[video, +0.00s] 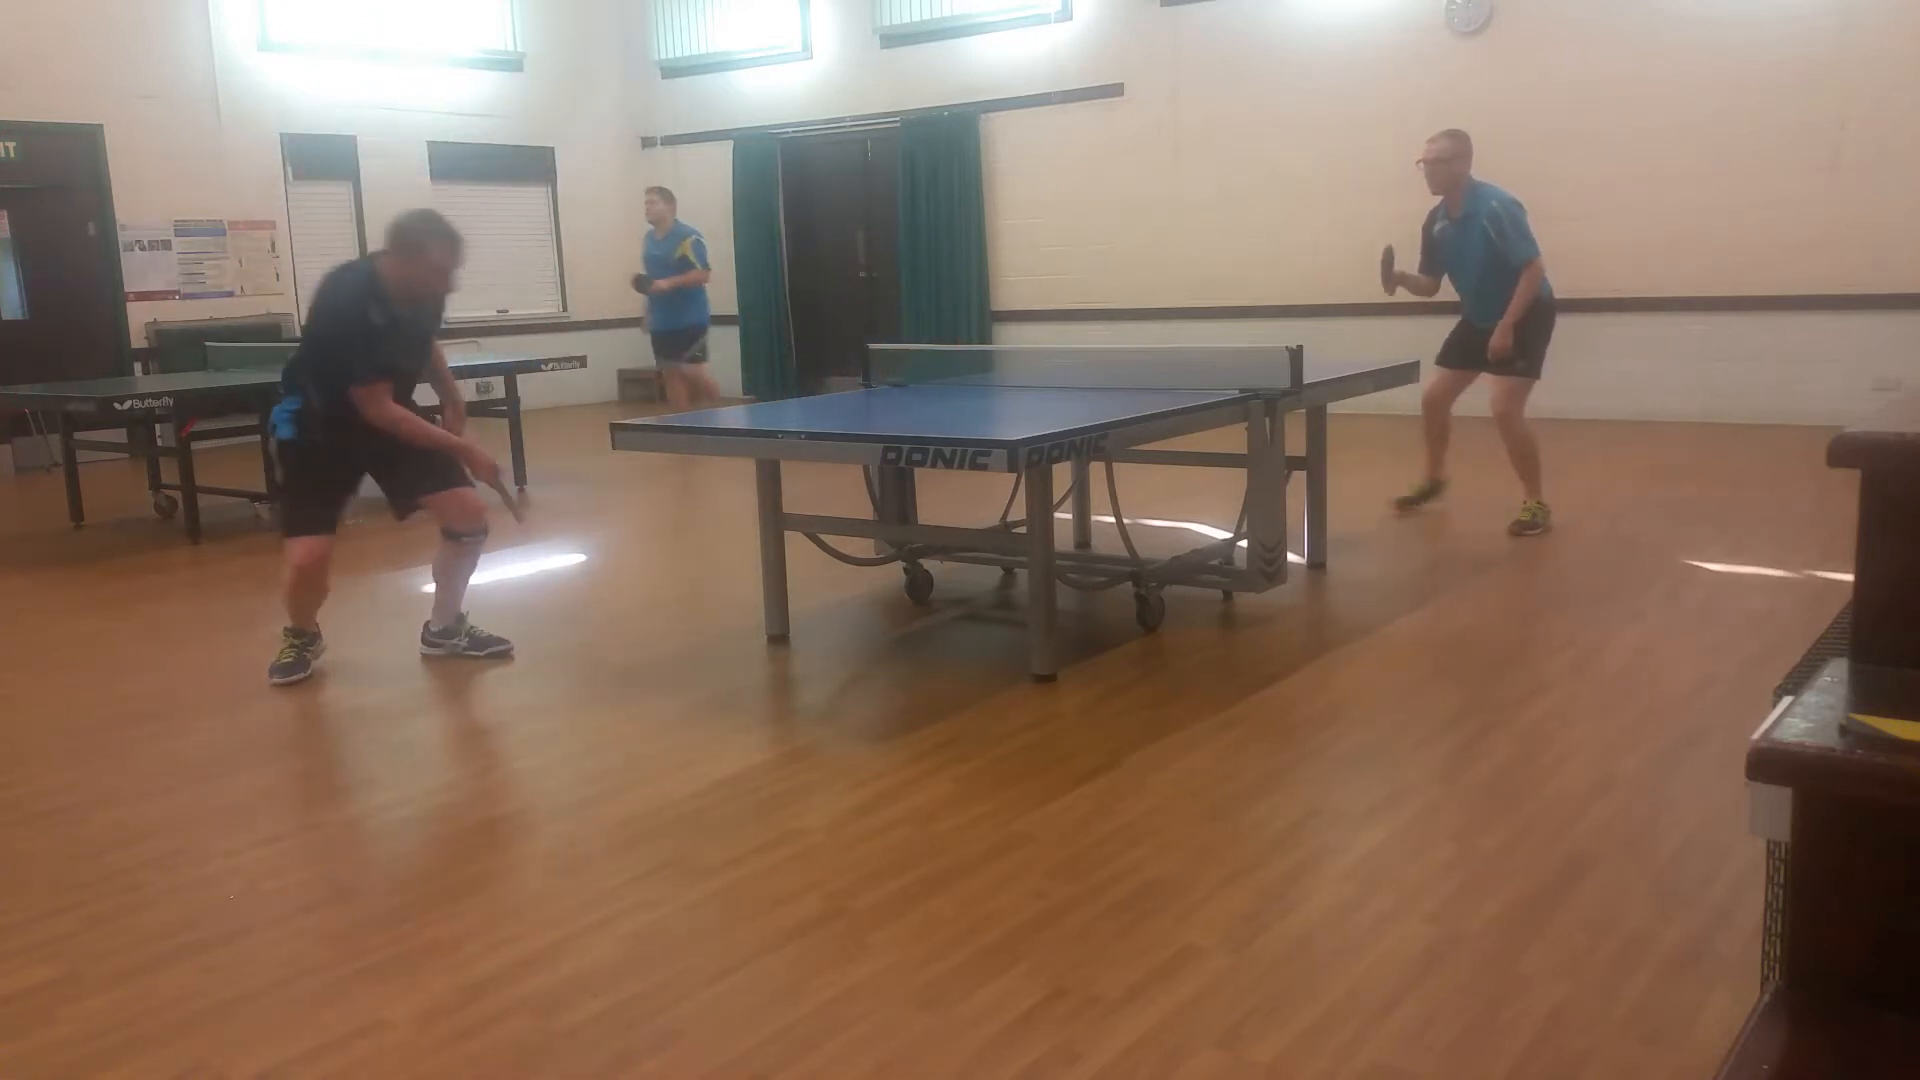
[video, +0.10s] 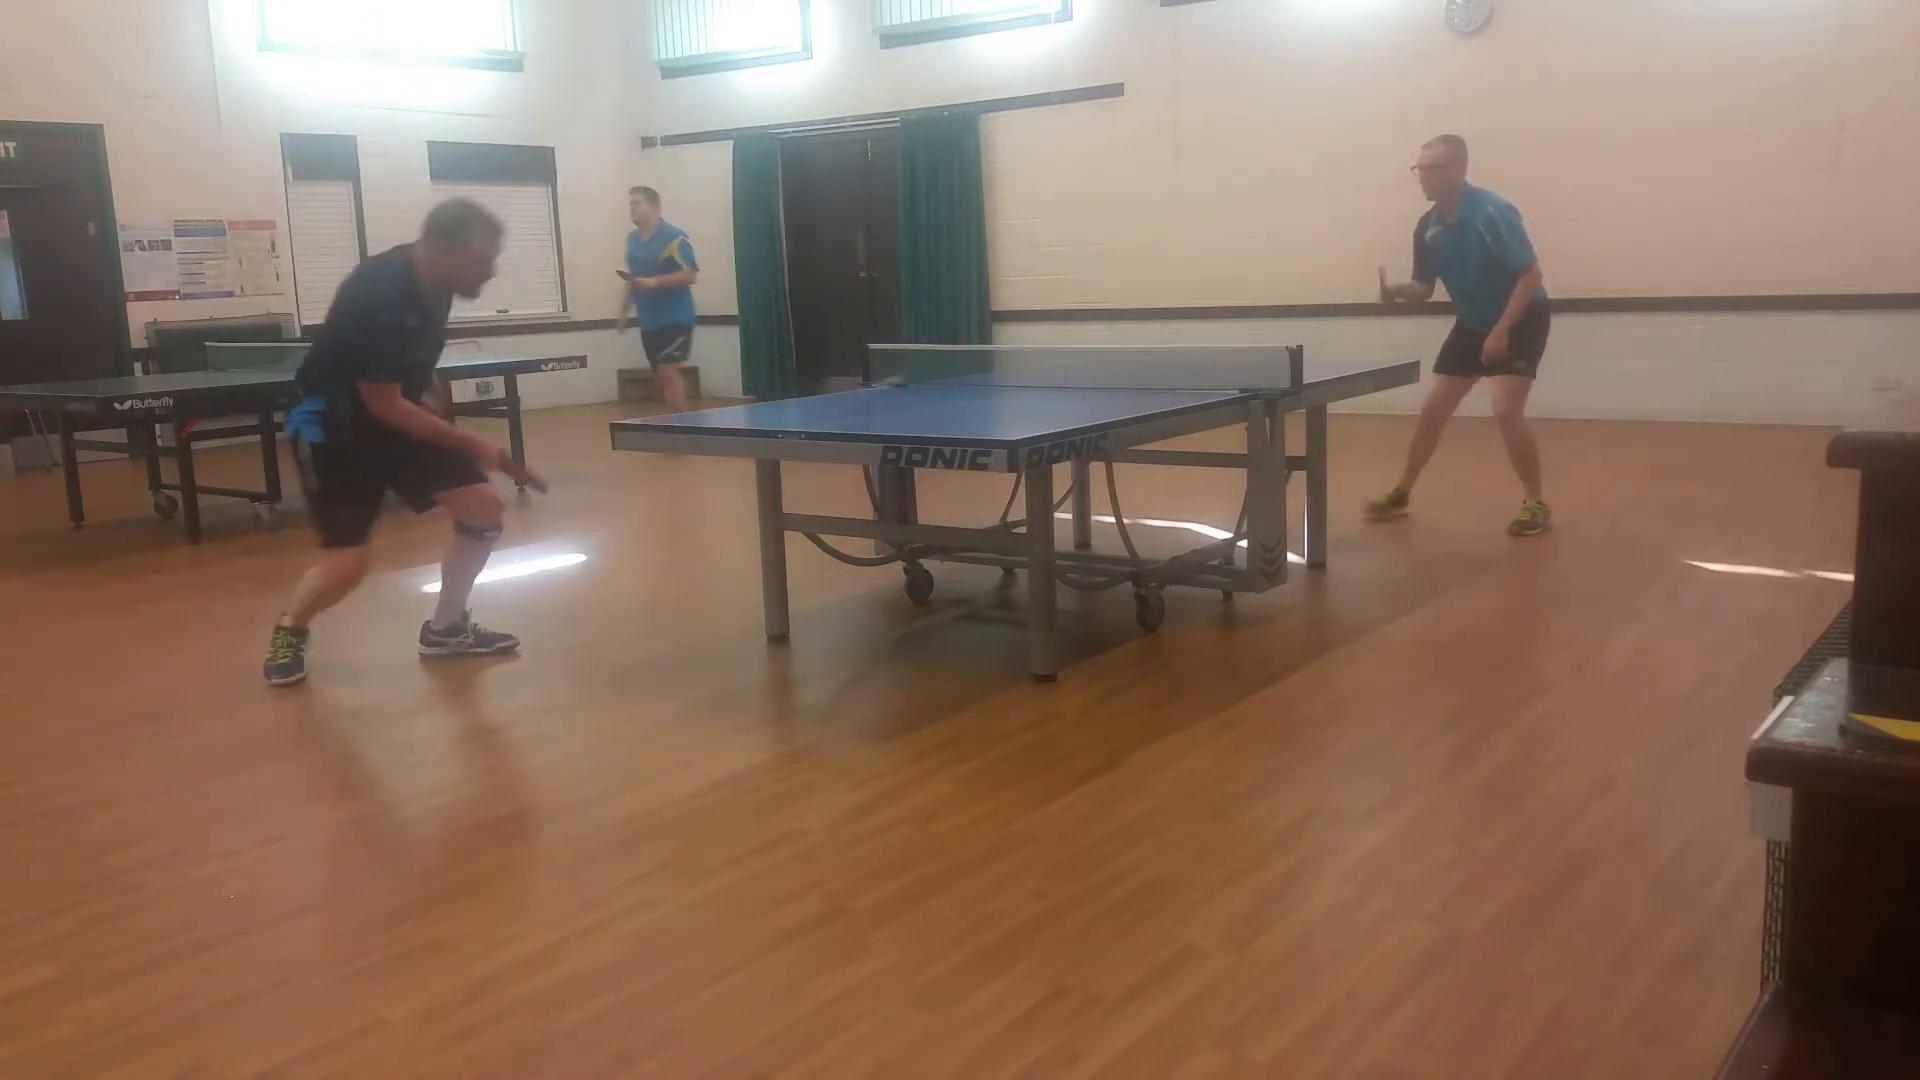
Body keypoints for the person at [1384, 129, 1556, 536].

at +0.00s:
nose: (1426, 171)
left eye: (1435, 163)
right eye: (1424, 163)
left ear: (1462, 164)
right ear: (1426, 167)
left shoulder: (1498, 206)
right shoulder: (1436, 221)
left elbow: (1534, 271)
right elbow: (1428, 286)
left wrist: (1506, 326)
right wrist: (1398, 277)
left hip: (1527, 315)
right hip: (1481, 317)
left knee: (1506, 409)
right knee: (1434, 399)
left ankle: (1535, 503)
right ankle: (1434, 481)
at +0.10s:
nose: (1421, 177)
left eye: (1430, 169)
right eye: (1419, 170)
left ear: (1457, 170)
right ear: (1421, 173)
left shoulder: (1494, 212)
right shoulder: (1428, 226)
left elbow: (1531, 276)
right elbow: (1422, 290)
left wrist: (1501, 330)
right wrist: (1394, 293)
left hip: (1522, 317)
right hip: (1474, 320)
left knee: (1506, 410)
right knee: (1435, 406)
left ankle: (1535, 503)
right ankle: (1401, 493)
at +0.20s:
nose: (1417, 190)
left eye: (1426, 182)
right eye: (1416, 182)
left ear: (1454, 184)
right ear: (1417, 186)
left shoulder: (1494, 224)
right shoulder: (1419, 238)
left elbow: (1530, 289)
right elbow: (1411, 296)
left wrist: (1498, 338)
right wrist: (1389, 309)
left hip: (1517, 320)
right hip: (1467, 324)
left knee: (1518, 407)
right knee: (1422, 409)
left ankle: (1546, 500)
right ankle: (1397, 494)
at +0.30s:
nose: (1422, 203)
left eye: (1431, 196)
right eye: (1420, 195)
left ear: (1456, 198)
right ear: (1419, 198)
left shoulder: (1499, 236)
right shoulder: (1423, 248)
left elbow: (1535, 298)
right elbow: (1408, 304)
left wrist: (1501, 348)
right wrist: (1390, 324)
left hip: (1520, 327)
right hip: (1468, 331)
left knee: (1531, 409)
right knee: (1419, 408)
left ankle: (1577, 500)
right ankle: (1395, 493)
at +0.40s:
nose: (1430, 223)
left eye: (1438, 216)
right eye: (1428, 216)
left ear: (1464, 219)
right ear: (1427, 217)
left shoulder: (1506, 254)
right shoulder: (1431, 266)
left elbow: (1545, 317)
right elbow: (1423, 326)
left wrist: (1508, 364)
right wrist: (1404, 346)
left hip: (1531, 338)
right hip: (1478, 341)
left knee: (1548, 416)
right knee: (1418, 404)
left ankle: (1592, 505)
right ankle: (1393, 493)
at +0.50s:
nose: (1439, 246)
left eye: (1448, 238)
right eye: (1437, 238)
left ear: (1472, 240)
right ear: (1434, 239)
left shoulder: (1515, 268)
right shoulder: (1440, 284)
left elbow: (1558, 330)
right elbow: (1437, 342)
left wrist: (1525, 378)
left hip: (1537, 351)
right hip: (1482, 354)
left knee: (1559, 414)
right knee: (1415, 406)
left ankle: (1596, 504)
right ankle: (1393, 492)